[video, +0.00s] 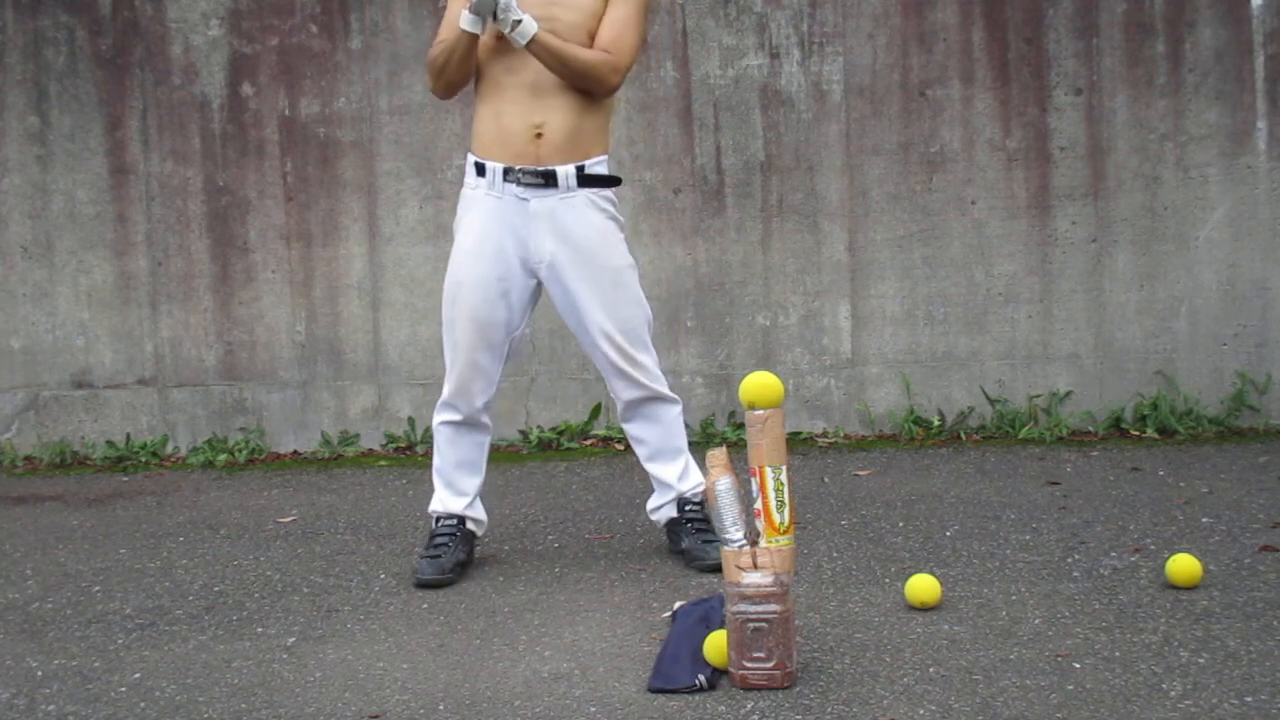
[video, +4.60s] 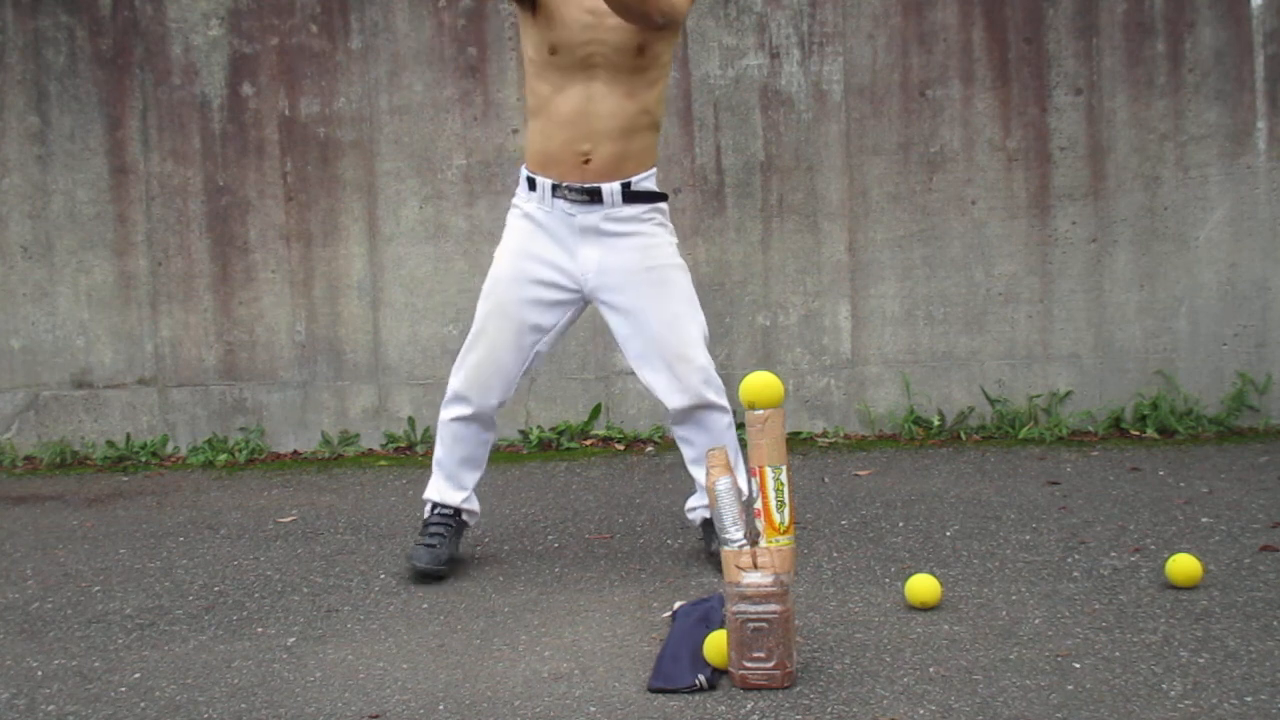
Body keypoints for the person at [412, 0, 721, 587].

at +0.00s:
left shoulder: (622, 1)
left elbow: (606, 75)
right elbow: (442, 81)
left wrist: (523, 27)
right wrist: (474, 22)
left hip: (582, 198)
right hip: (490, 197)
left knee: (634, 367)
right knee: (465, 378)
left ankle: (684, 506)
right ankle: (452, 518)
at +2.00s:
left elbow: (624, 66)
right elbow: (463, 93)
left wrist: (551, 12)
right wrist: (495, 18)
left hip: (605, 195)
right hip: (513, 197)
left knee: (646, 362)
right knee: (480, 373)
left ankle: (686, 507)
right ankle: (455, 517)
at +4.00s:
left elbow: (601, 37)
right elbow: (414, 90)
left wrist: (502, 7)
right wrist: (447, 14)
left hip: (585, 192)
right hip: (493, 198)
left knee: (647, 360)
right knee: (468, 378)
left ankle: (693, 506)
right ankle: (454, 518)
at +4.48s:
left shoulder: (662, 3)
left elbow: (645, 23)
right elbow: (453, 12)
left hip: (628, 215)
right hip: (531, 212)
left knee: (686, 377)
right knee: (477, 381)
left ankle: (723, 515)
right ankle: (452, 518)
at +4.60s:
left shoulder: (669, 8)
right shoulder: (533, 2)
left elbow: (643, 7)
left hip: (636, 222)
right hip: (539, 219)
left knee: (693, 382)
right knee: (476, 382)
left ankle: (725, 516)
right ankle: (446, 509)